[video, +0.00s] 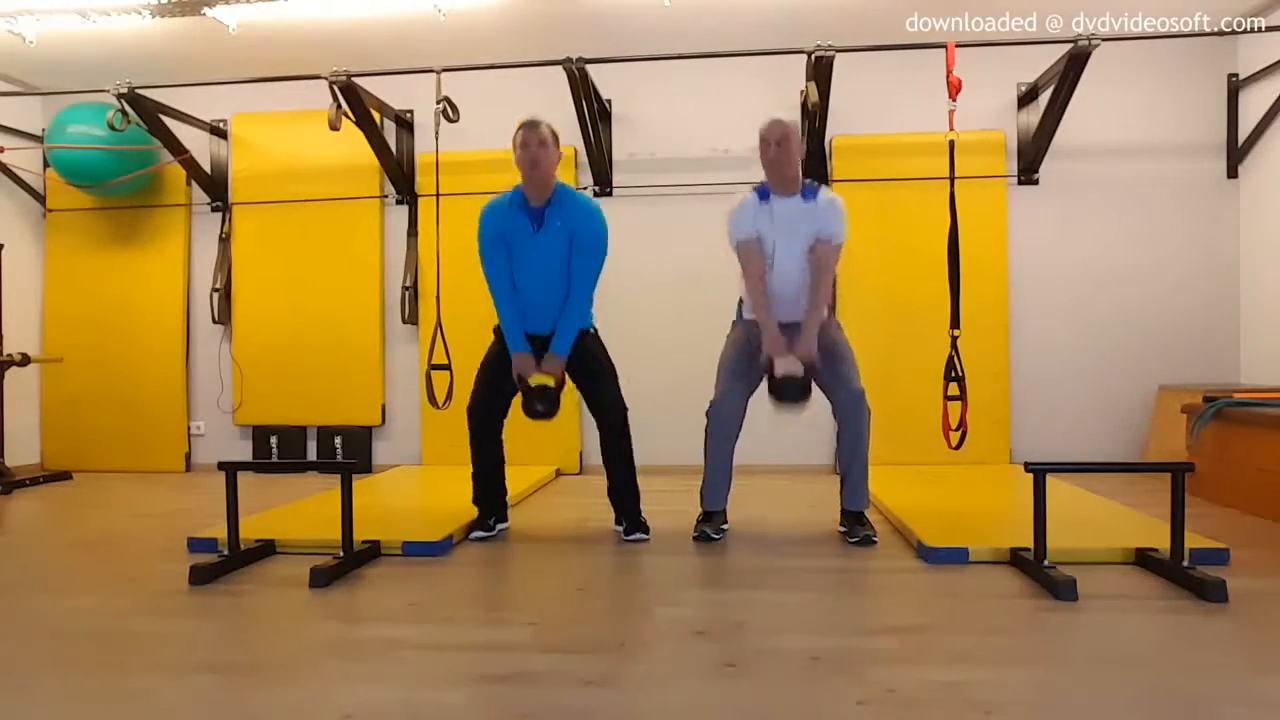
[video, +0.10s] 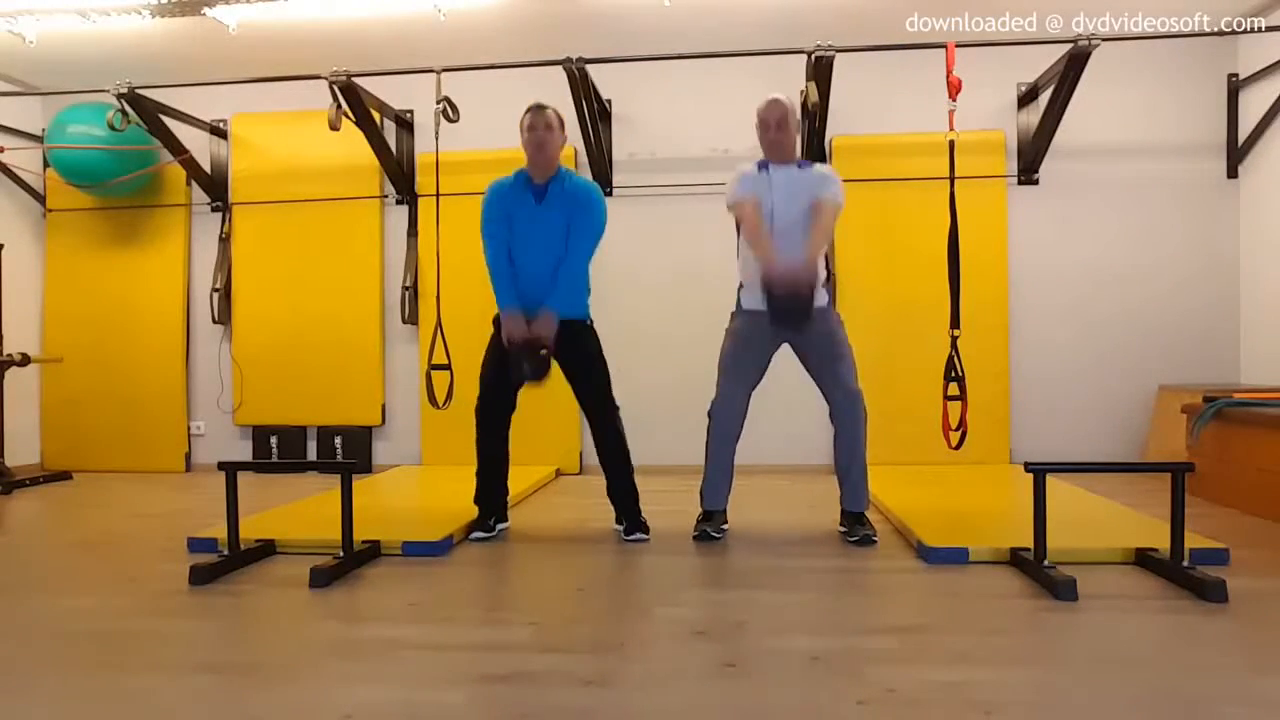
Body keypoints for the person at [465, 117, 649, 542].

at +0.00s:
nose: (533, 152)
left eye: (541, 145)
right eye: (525, 146)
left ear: (558, 155)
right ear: (515, 157)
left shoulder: (586, 214)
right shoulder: (495, 216)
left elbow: (582, 292)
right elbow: (501, 290)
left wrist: (559, 353)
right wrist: (518, 350)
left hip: (573, 334)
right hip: (516, 335)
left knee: (613, 413)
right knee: (482, 414)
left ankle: (629, 516)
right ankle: (491, 513)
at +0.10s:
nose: (538, 135)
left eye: (546, 128)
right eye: (531, 129)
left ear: (563, 139)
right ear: (521, 140)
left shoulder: (586, 195)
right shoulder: (500, 194)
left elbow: (577, 260)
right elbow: (496, 256)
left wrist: (552, 311)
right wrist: (509, 310)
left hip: (569, 320)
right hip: (512, 320)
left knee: (603, 413)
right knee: (491, 413)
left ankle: (629, 515)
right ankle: (491, 512)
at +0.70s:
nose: (547, 134)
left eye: (556, 128)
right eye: (540, 129)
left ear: (572, 138)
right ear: (530, 140)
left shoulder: (593, 177)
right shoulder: (518, 182)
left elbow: (590, 185)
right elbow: (497, 187)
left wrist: (546, 166)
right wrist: (500, 161)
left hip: (578, 319)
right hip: (525, 317)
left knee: (604, 417)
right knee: (505, 416)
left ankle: (630, 516)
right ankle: (493, 514)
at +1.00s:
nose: (543, 156)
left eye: (551, 150)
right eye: (536, 151)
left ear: (567, 161)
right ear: (525, 164)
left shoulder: (593, 218)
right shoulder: (507, 217)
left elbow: (585, 284)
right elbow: (505, 281)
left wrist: (560, 338)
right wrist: (517, 335)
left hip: (581, 335)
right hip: (525, 336)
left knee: (622, 410)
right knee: (489, 411)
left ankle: (631, 514)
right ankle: (493, 512)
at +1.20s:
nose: (520, 207)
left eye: (530, 199)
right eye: (514, 199)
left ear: (552, 205)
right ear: (508, 208)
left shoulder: (587, 258)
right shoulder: (496, 263)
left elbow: (591, 335)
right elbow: (511, 339)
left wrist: (571, 394)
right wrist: (542, 400)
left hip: (584, 359)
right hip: (527, 362)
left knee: (633, 412)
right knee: (478, 413)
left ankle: (632, 515)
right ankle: (493, 514)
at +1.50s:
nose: (528, 183)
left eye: (536, 175)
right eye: (519, 176)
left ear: (553, 183)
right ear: (510, 186)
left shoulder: (586, 241)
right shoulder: (494, 243)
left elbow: (583, 321)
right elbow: (506, 321)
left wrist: (562, 380)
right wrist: (531, 381)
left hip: (578, 349)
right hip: (520, 350)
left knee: (617, 412)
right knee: (476, 412)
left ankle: (630, 513)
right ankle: (491, 513)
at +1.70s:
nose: (534, 131)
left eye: (543, 125)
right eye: (528, 126)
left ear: (562, 135)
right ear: (519, 138)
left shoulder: (586, 188)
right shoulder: (499, 189)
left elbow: (574, 238)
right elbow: (493, 236)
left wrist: (545, 275)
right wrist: (507, 276)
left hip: (570, 318)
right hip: (516, 316)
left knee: (601, 414)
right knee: (493, 414)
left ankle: (629, 515)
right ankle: (491, 513)